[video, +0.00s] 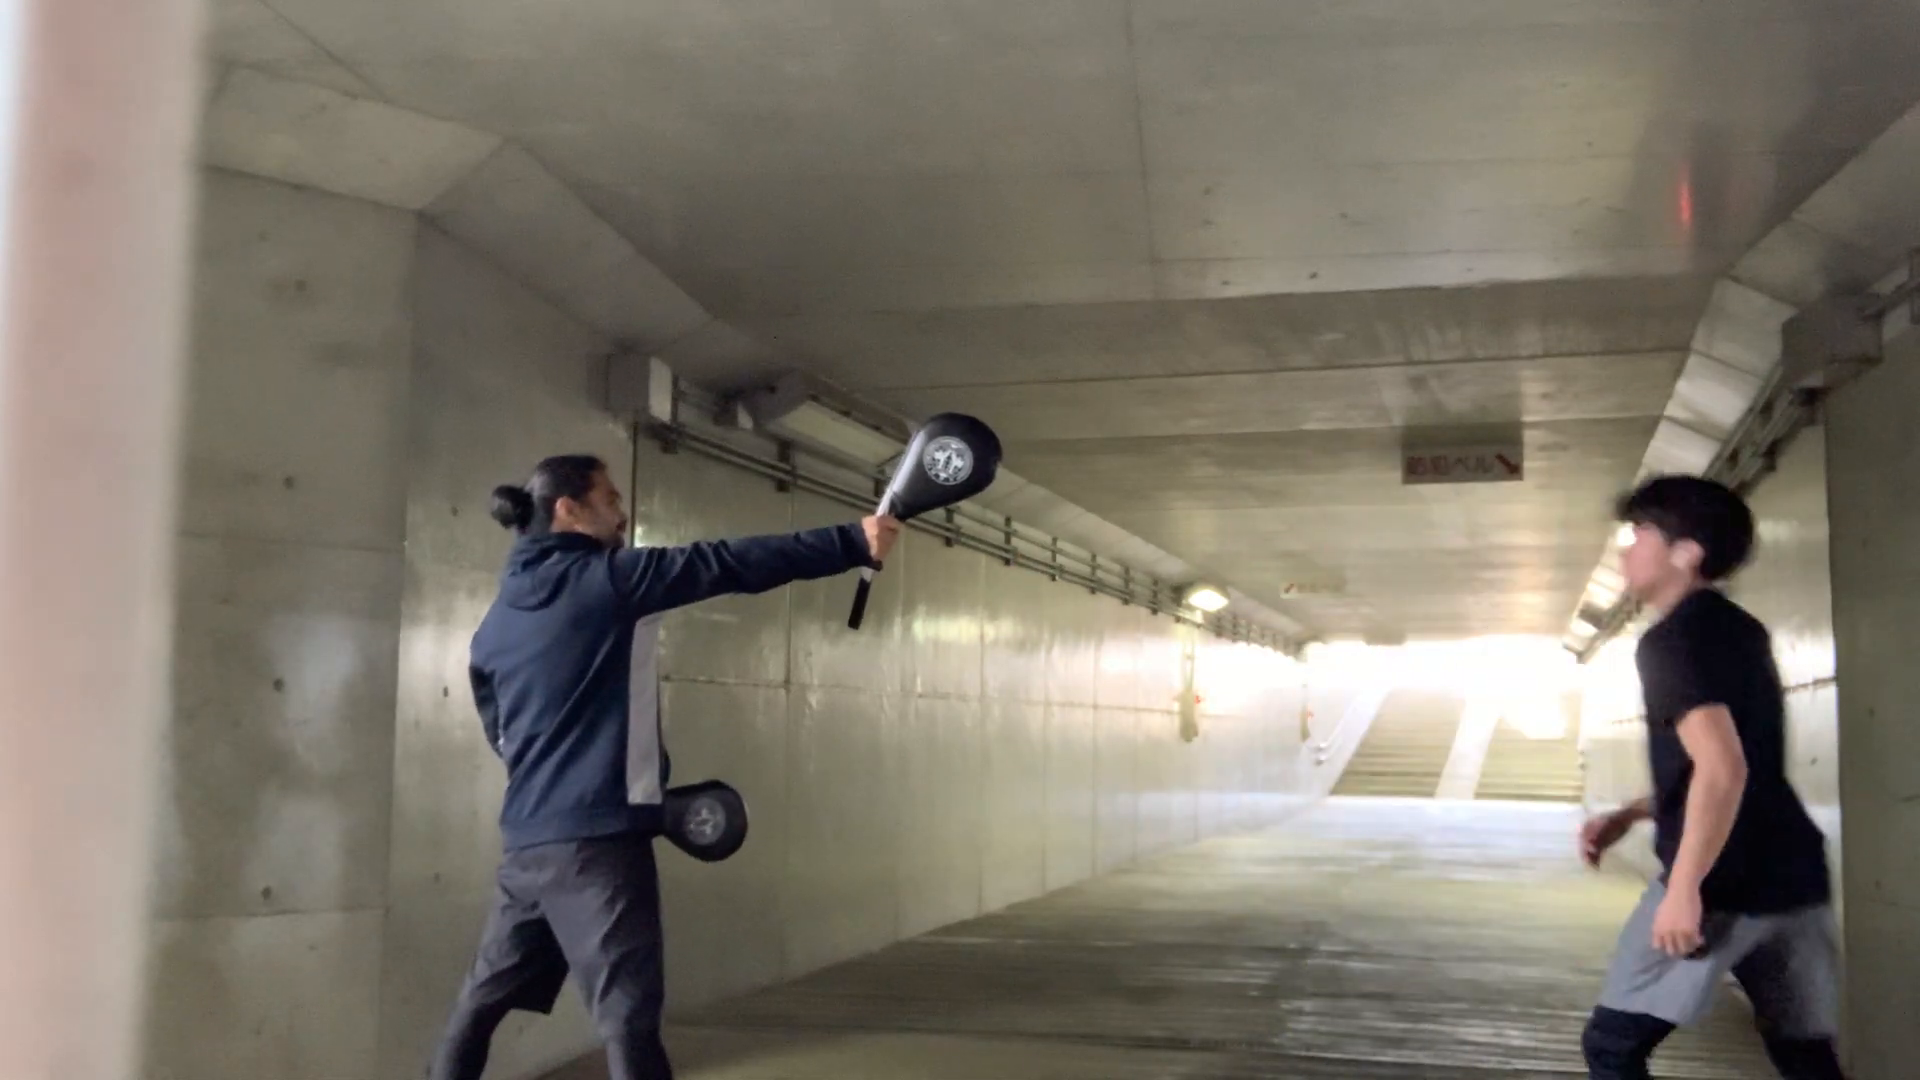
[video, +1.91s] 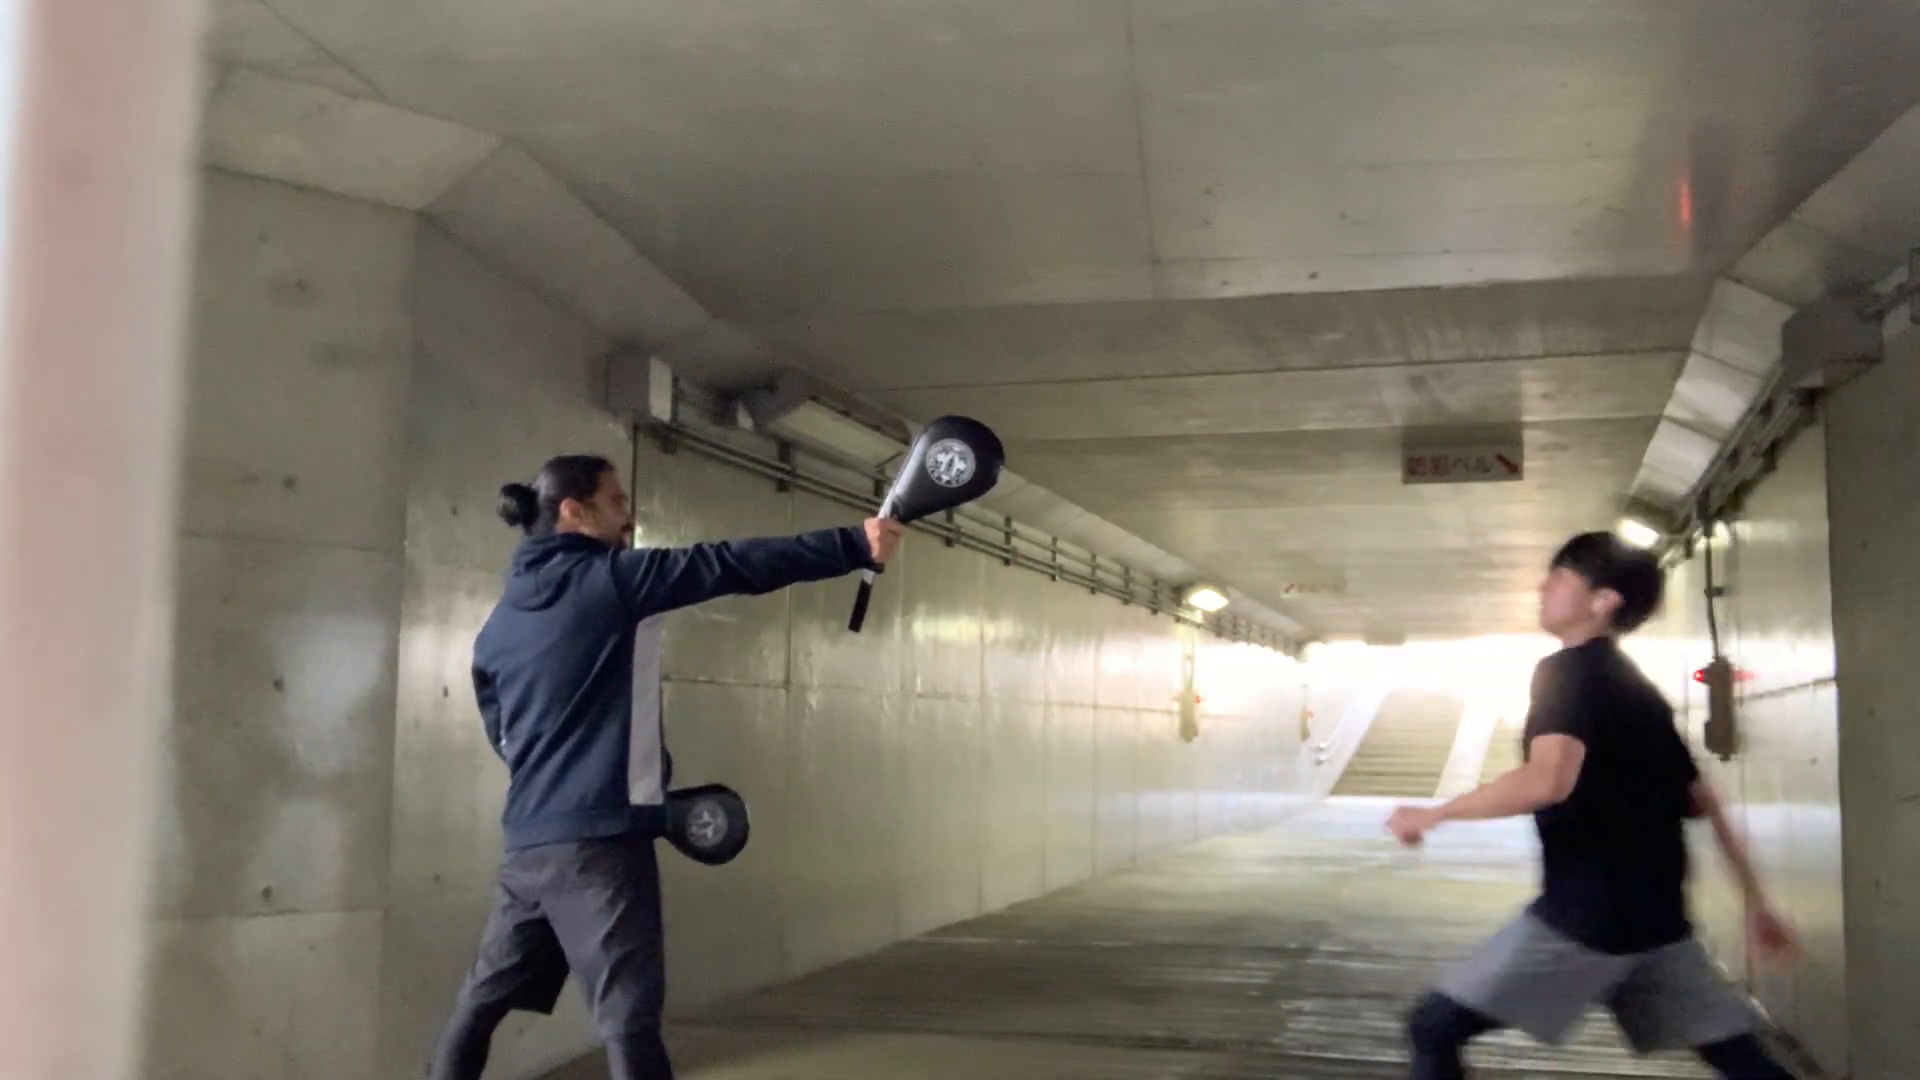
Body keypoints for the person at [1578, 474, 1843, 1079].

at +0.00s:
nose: (1625, 548)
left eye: (1640, 532)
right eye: (1631, 531)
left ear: (1687, 554)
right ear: (1690, 556)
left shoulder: (1671, 640)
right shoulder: (1743, 630)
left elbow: (1723, 768)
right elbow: (1719, 769)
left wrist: (1683, 887)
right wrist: (1629, 817)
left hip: (1713, 883)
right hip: (1790, 873)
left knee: (1612, 1046)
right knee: (1808, 1055)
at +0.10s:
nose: (1662, 567)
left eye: (1677, 555)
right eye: (1668, 553)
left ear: (1724, 574)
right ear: (1727, 577)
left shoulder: (1694, 650)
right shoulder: (1794, 660)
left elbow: (1711, 778)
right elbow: (1782, 789)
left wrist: (1669, 893)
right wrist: (1677, 839)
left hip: (1740, 899)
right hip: (1823, 895)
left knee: (1615, 1043)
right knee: (1829, 1069)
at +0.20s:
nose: (1673, 551)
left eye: (1686, 536)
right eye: (1677, 536)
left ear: (1736, 551)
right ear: (1742, 555)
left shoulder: (1696, 623)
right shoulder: (1821, 652)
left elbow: (1700, 729)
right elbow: (1847, 790)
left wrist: (1654, 830)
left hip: (1736, 874)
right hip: (1824, 876)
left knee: (1623, 1033)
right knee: (1839, 1059)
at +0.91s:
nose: (1645, 526)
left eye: (1658, 513)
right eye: (1650, 512)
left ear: (1706, 527)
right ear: (1716, 533)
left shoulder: (1658, 589)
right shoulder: (1789, 624)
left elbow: (1647, 689)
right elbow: (1826, 745)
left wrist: (1594, 766)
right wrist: (1762, 792)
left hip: (1668, 841)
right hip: (1765, 849)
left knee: (1586, 1027)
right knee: (1816, 1035)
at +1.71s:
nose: (1606, 535)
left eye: (1620, 520)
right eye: (1611, 518)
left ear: (1668, 539)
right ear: (1675, 544)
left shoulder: (1608, 599)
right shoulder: (1739, 628)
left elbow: (1587, 703)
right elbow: (1797, 745)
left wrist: (1527, 799)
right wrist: (1787, 847)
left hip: (1618, 845)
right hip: (1716, 852)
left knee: (1530, 1010)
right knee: (1775, 1028)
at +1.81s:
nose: (1577, 570)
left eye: (1591, 554)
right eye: (1582, 552)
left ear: (1641, 575)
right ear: (1647, 579)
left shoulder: (1585, 643)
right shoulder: (1708, 669)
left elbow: (1548, 747)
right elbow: (1786, 764)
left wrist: (1465, 824)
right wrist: (1810, 864)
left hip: (1611, 890)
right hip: (1708, 894)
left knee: (1490, 1009)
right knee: (1771, 1047)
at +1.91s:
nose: (1543, 585)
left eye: (1561, 575)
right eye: (1551, 572)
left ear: (1605, 602)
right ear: (1605, 606)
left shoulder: (1567, 671)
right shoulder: (1638, 690)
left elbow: (1547, 779)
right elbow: (1706, 803)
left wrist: (1434, 815)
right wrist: (1757, 904)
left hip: (1576, 926)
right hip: (1658, 928)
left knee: (1433, 1029)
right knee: (1746, 1059)